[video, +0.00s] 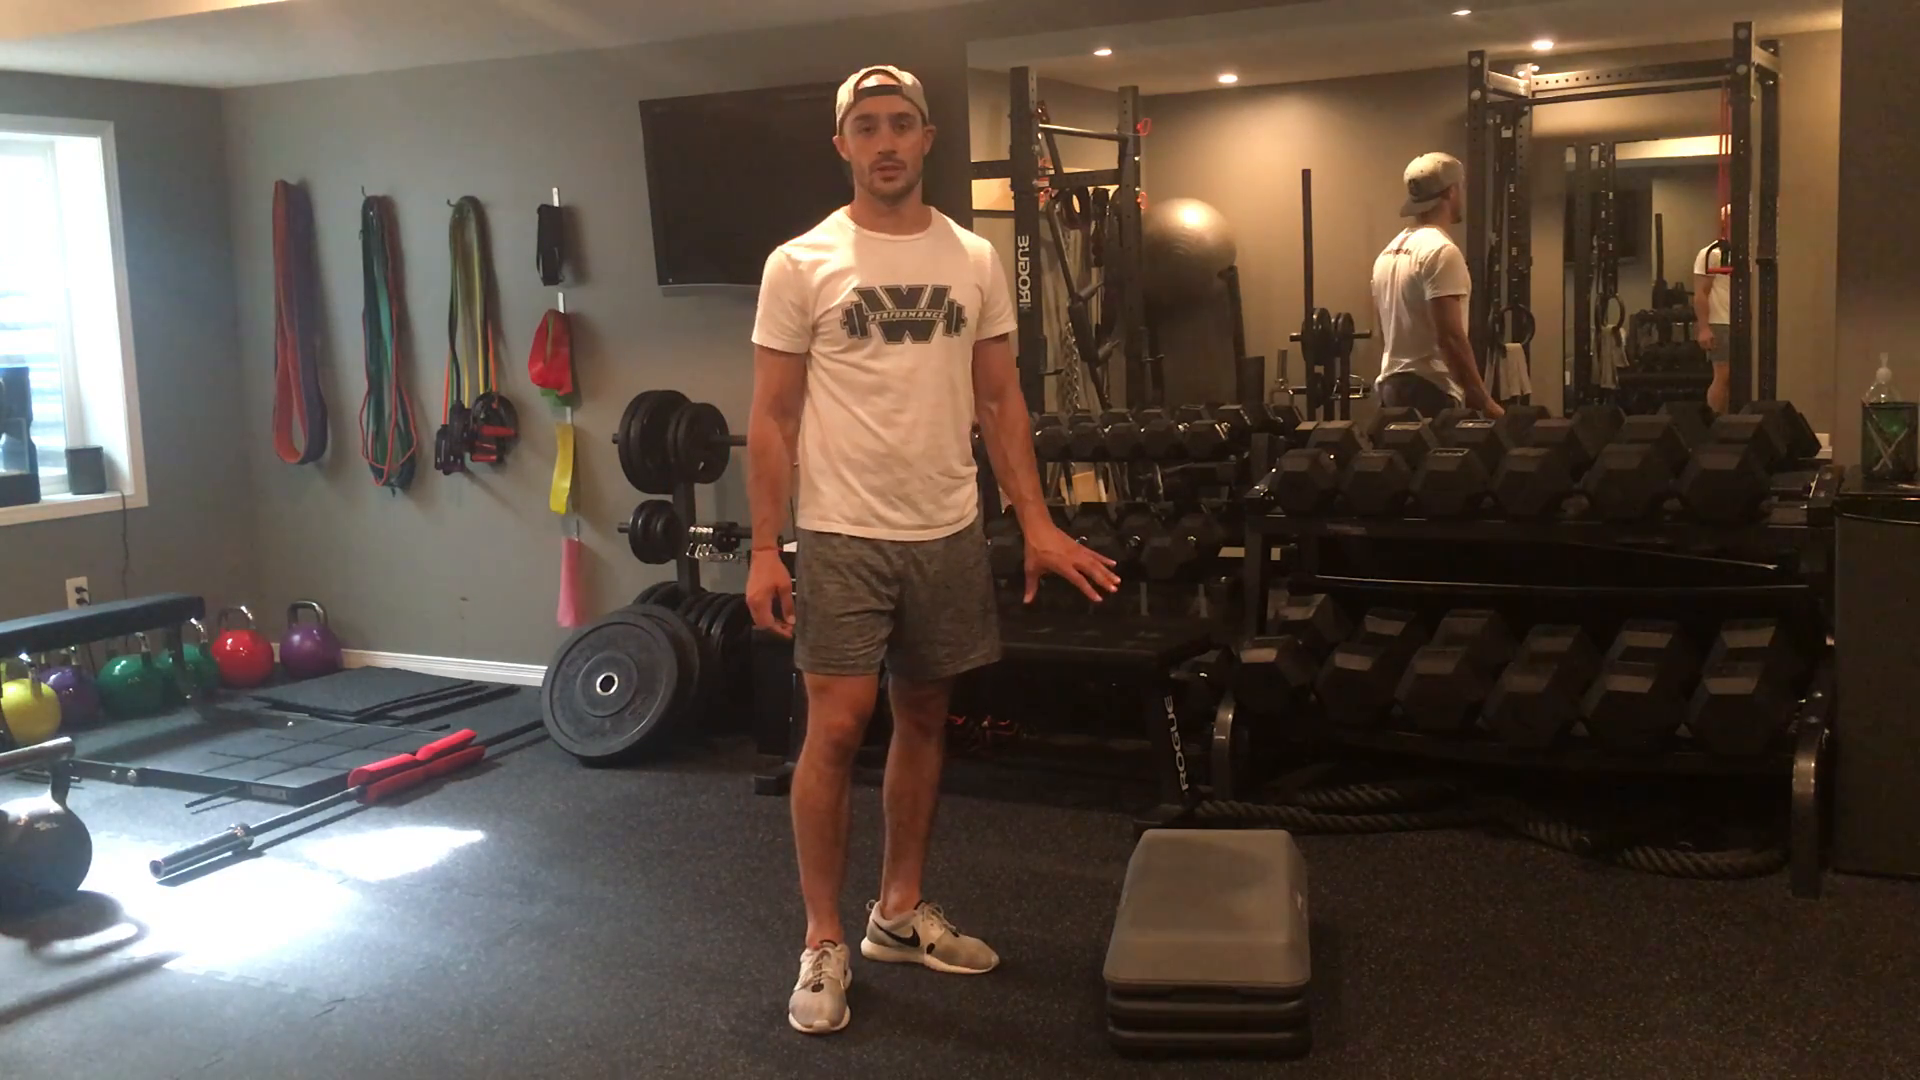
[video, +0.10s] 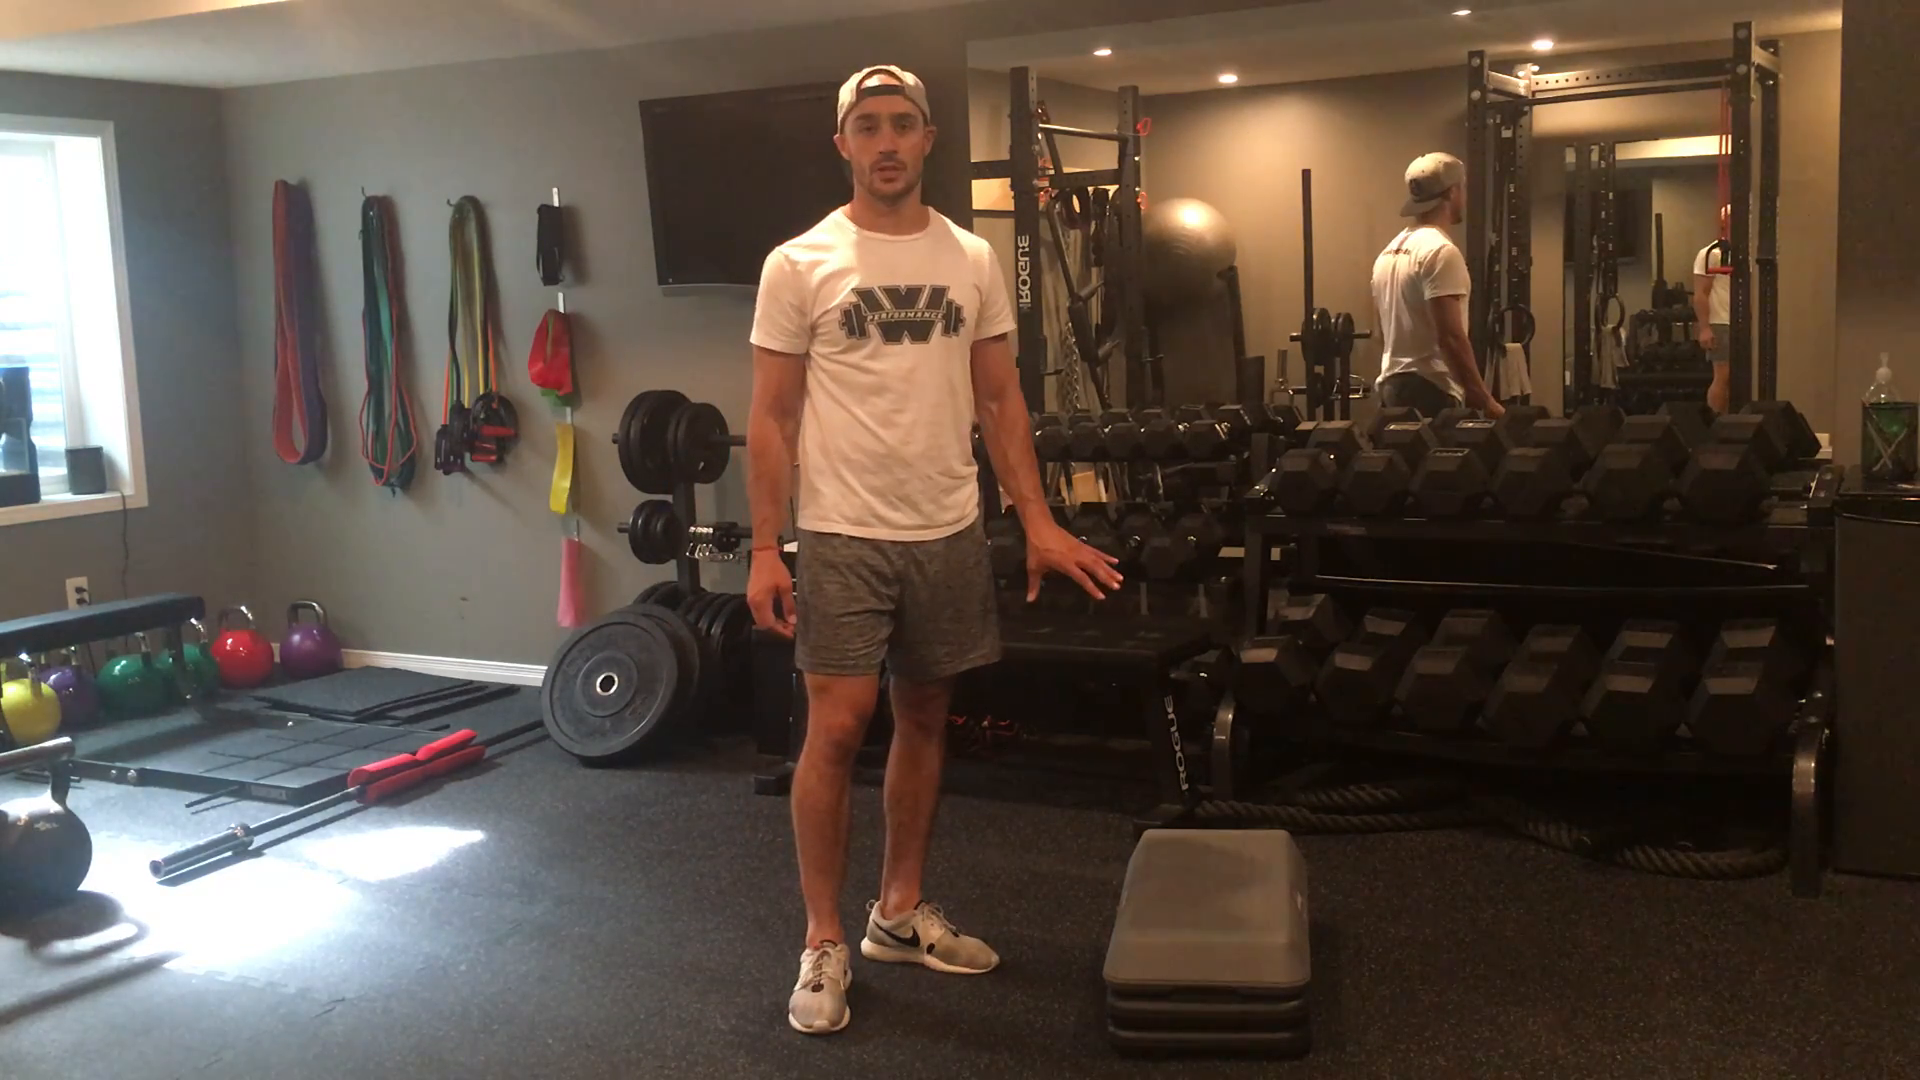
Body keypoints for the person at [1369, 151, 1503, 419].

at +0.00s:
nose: (1464, 196)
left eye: (1463, 188)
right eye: (1462, 188)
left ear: (1418, 197)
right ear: (1451, 193)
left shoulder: (1388, 253)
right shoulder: (1441, 250)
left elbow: (1386, 333)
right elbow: (1451, 338)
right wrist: (1483, 400)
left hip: (1391, 388)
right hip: (1431, 391)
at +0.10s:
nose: (1465, 197)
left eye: (1463, 189)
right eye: (1463, 189)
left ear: (1419, 197)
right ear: (1451, 193)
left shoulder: (1388, 253)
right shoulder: (1440, 250)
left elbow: (1384, 333)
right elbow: (1451, 338)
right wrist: (1484, 399)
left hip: (1391, 388)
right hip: (1431, 391)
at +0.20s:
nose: (1465, 197)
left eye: (1464, 188)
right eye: (1463, 189)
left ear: (1419, 197)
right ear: (1452, 194)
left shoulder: (1389, 252)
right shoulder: (1440, 251)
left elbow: (1383, 333)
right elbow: (1450, 338)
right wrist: (1483, 399)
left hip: (1391, 389)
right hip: (1431, 392)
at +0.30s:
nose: (1466, 198)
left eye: (1465, 189)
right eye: (1464, 189)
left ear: (1421, 196)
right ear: (1452, 193)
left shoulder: (1389, 252)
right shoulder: (1439, 250)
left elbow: (1384, 332)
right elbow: (1448, 338)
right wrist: (1481, 401)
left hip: (1392, 389)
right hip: (1430, 393)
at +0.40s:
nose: (1467, 198)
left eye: (1466, 190)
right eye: (1464, 189)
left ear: (1422, 196)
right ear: (1452, 194)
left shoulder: (1389, 251)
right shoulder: (1438, 251)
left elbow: (1380, 333)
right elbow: (1446, 338)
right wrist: (1478, 402)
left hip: (1391, 389)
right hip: (1429, 392)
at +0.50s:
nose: (1469, 199)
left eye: (1468, 190)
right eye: (1466, 190)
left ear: (1422, 196)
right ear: (1452, 194)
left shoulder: (1389, 251)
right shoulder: (1438, 252)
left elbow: (1379, 332)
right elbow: (1445, 340)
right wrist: (1477, 405)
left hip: (1390, 389)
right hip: (1427, 392)